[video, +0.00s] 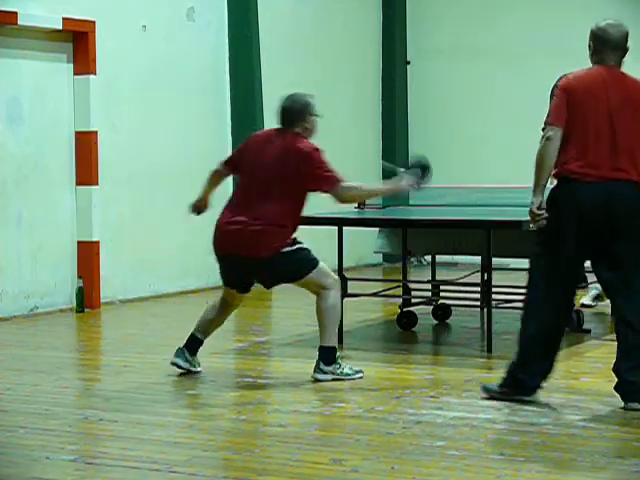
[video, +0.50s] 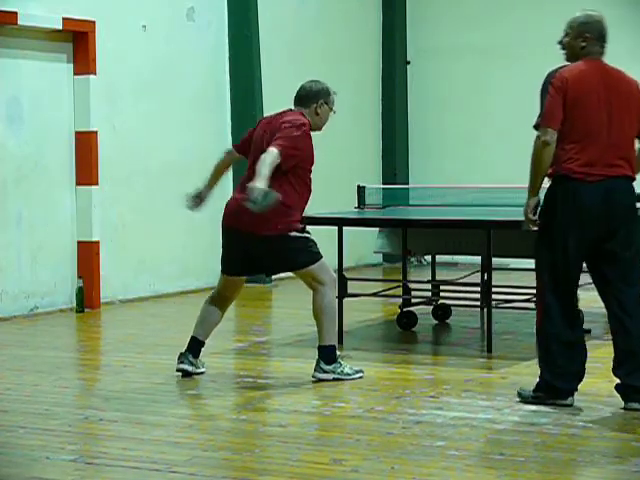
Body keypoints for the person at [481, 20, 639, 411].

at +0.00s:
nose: (592, 50)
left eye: (590, 45)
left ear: (591, 47)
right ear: (625, 53)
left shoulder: (569, 84)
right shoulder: (636, 89)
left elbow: (552, 138)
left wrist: (538, 195)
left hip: (573, 201)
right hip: (626, 205)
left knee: (549, 290)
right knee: (630, 297)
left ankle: (522, 382)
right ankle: (633, 386)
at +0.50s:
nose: (561, 41)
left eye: (567, 35)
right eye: (564, 35)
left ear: (586, 40)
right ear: (596, 42)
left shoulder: (562, 78)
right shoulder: (630, 84)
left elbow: (546, 139)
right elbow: (636, 143)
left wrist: (533, 194)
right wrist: (626, 184)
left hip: (571, 198)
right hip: (620, 198)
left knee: (556, 290)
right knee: (625, 293)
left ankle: (557, 384)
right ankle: (633, 386)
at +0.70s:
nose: (532, 43)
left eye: (537, 38)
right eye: (533, 37)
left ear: (559, 41)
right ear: (568, 43)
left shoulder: (544, 81)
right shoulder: (601, 79)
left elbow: (535, 146)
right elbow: (624, 137)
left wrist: (515, 206)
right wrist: (590, 164)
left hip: (559, 197)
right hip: (604, 197)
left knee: (546, 290)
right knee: (607, 288)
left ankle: (555, 385)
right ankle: (632, 378)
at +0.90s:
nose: (516, 42)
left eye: (523, 36)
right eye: (518, 36)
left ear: (547, 40)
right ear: (552, 42)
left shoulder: (537, 79)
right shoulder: (581, 76)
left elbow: (528, 142)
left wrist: (502, 201)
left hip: (558, 194)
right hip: (591, 192)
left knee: (544, 287)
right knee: (577, 285)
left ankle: (555, 384)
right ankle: (597, 373)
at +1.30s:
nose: (500, 44)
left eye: (508, 38)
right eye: (501, 38)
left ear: (531, 44)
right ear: (526, 45)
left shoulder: (541, 76)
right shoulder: (530, 83)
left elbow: (560, 130)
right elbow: (541, 144)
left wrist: (546, 192)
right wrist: (514, 186)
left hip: (566, 185)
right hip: (567, 186)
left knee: (531, 279)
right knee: (559, 281)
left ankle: (542, 379)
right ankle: (574, 376)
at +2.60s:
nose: (495, 41)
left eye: (502, 35)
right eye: (496, 36)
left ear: (527, 39)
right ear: (517, 42)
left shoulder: (545, 76)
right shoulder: (517, 83)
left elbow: (562, 136)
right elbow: (522, 143)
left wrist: (526, 179)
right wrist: (496, 186)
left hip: (545, 191)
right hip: (523, 193)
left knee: (534, 286)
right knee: (528, 286)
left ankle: (526, 388)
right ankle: (563, 377)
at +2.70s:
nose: (502, 43)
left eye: (508, 37)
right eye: (502, 37)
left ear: (532, 41)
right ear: (523, 43)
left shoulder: (550, 76)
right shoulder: (520, 87)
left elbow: (554, 130)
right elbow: (516, 147)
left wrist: (497, 145)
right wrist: (495, 189)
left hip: (548, 194)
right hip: (524, 195)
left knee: (535, 286)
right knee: (535, 287)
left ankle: (526, 388)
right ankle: (565, 378)